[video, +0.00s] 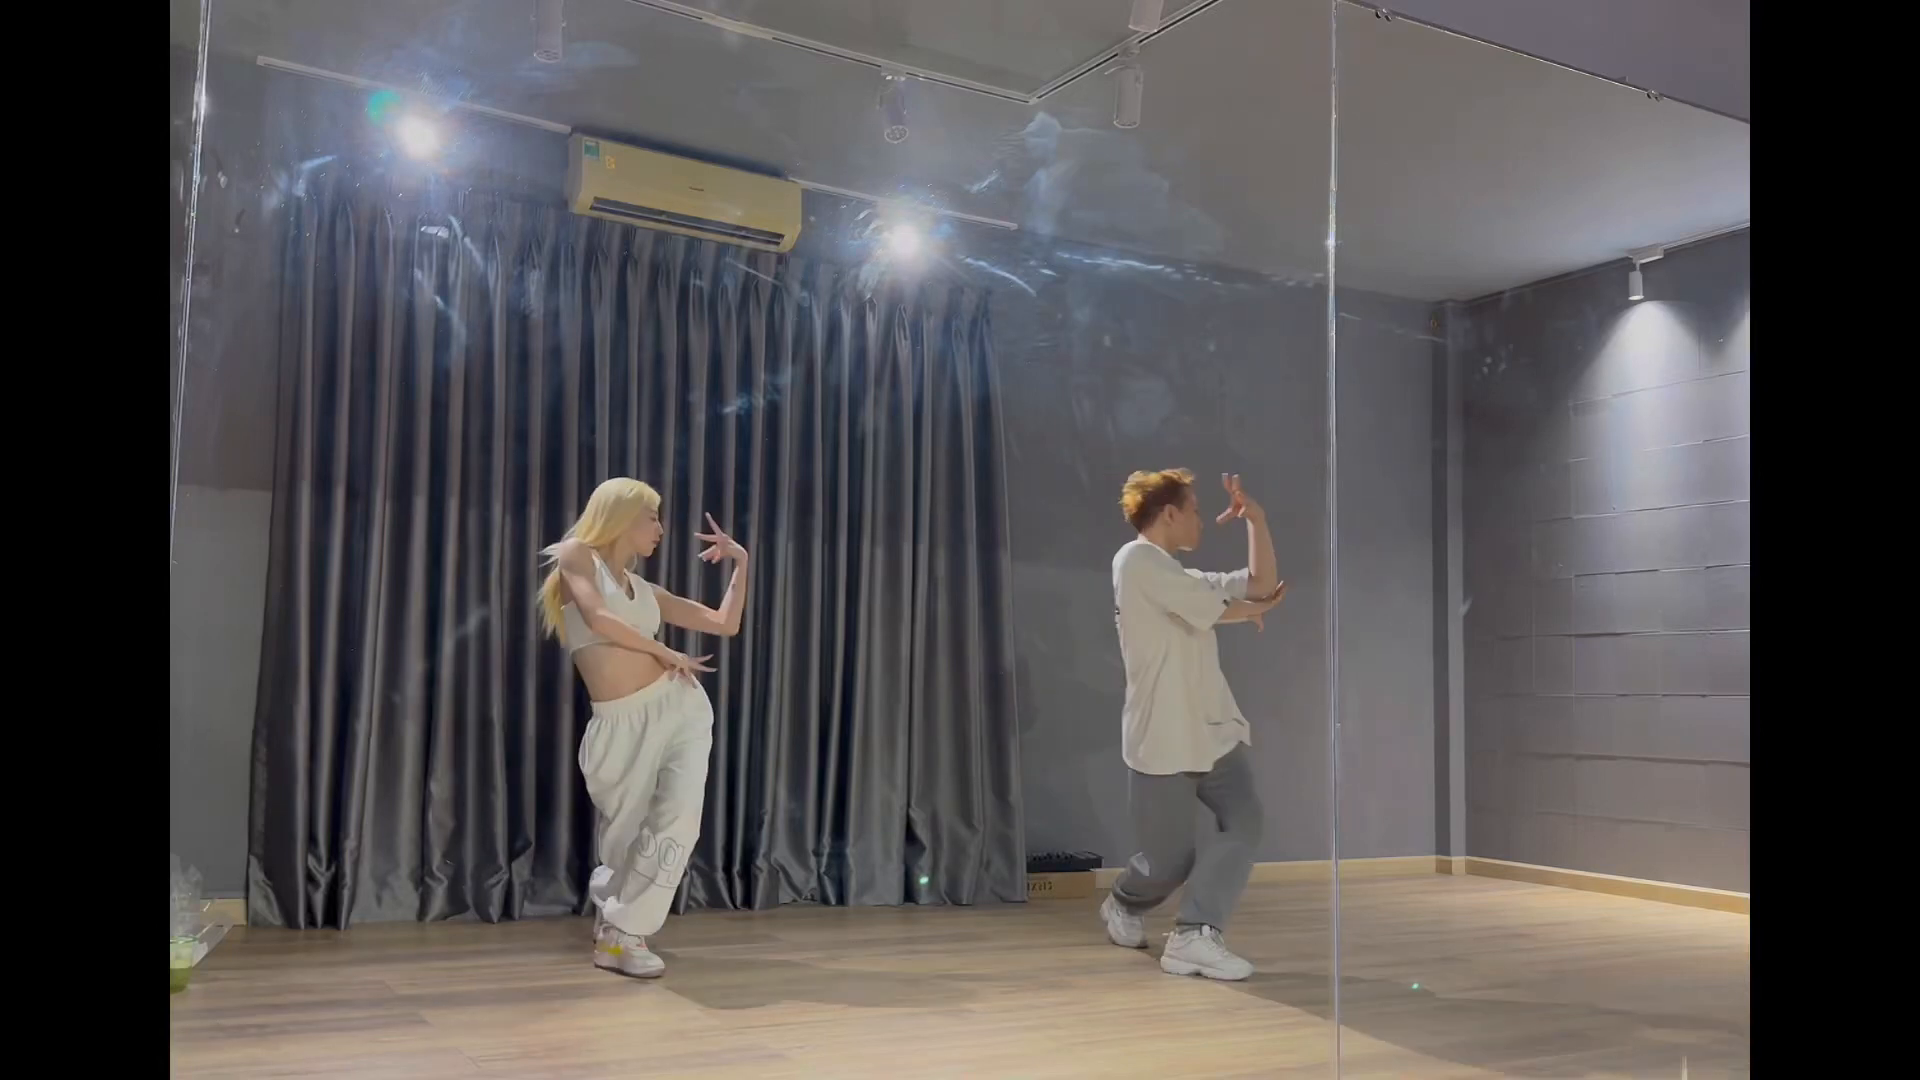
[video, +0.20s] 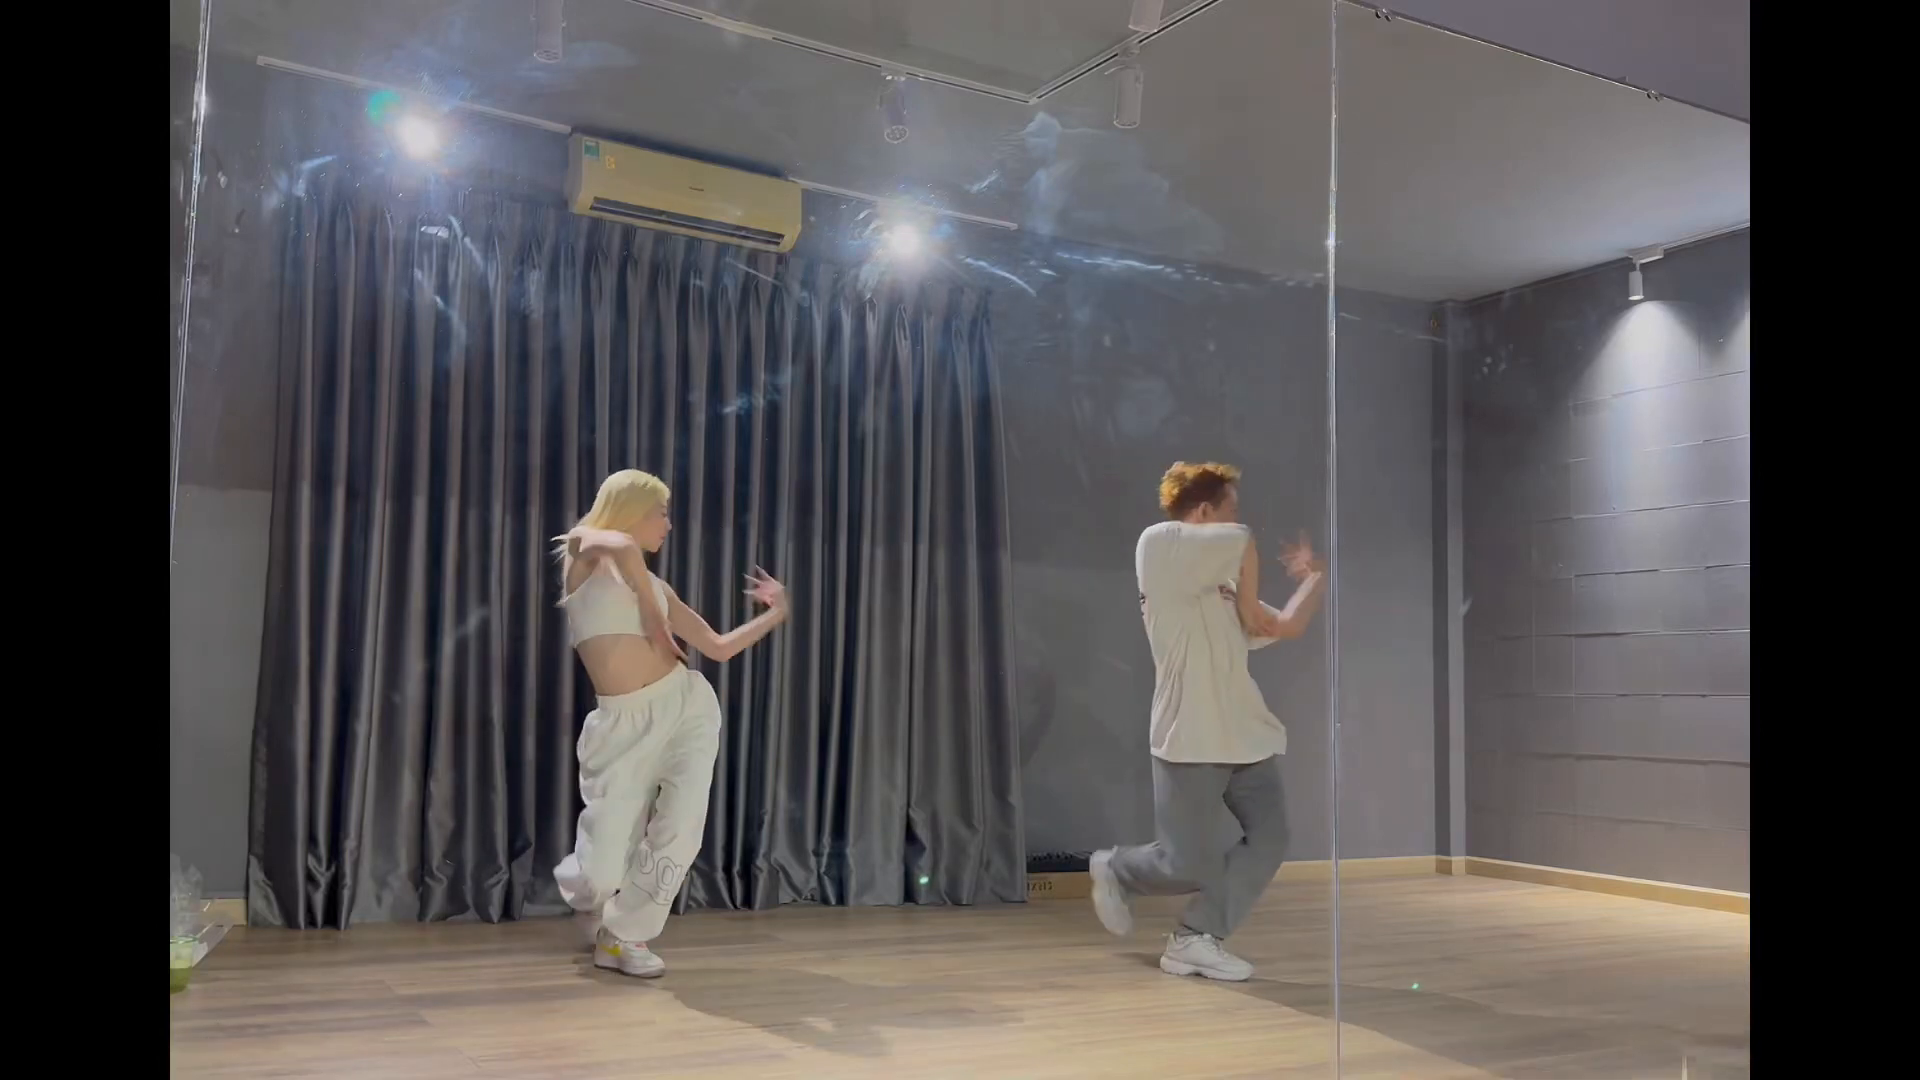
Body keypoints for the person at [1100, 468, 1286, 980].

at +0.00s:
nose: (1201, 521)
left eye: (1199, 511)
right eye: (1194, 511)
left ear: (1164, 515)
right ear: (1169, 513)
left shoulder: (1182, 576)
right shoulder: (1138, 560)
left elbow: (1259, 586)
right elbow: (1196, 607)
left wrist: (1255, 520)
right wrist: (1254, 609)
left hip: (1212, 729)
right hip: (1160, 734)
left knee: (1243, 825)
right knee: (1169, 858)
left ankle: (1193, 937)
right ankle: (1124, 905)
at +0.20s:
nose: (1235, 518)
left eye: (1235, 509)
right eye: (1230, 508)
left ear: (1200, 508)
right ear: (1205, 505)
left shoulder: (1217, 576)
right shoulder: (1157, 543)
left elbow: (1285, 624)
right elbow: (1240, 539)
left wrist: (1314, 578)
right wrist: (1251, 609)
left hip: (1244, 729)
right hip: (1187, 733)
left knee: (1268, 837)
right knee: (1192, 864)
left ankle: (1195, 939)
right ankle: (1112, 869)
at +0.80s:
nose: (1308, 455)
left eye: (1317, 444)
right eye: (1296, 444)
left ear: (1329, 450)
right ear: (1270, 450)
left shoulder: (1355, 509)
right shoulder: (1244, 516)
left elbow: (1398, 571)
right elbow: (1257, 581)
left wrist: (1347, 555)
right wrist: (1280, 518)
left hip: (1352, 696)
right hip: (1279, 696)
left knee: (1328, 833)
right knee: (1310, 831)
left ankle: (1244, 924)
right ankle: (1346, 954)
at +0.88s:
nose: (1318, 423)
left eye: (1326, 414)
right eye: (1306, 413)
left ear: (1337, 425)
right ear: (1277, 423)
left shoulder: (1356, 494)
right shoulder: (1247, 496)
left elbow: (1418, 482)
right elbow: (1257, 568)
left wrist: (1340, 474)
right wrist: (1293, 513)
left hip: (1353, 676)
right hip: (1279, 680)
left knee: (1318, 814)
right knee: (1312, 813)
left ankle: (1267, 934)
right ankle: (1340, 948)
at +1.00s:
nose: (1321, 416)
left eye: (1329, 408)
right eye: (1308, 406)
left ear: (1338, 419)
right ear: (1277, 416)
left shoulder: (1360, 481)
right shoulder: (1246, 491)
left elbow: (1421, 453)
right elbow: (1270, 558)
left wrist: (1338, 454)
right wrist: (1314, 491)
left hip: (1354, 668)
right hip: (1278, 675)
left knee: (1319, 807)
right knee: (1311, 807)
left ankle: (1278, 933)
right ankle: (1341, 944)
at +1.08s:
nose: (1322, 415)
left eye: (1330, 406)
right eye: (1309, 405)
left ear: (1340, 417)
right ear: (1279, 416)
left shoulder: (1358, 483)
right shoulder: (1251, 492)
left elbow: (1420, 456)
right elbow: (1280, 562)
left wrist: (1329, 459)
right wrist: (1325, 496)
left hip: (1355, 669)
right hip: (1280, 675)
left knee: (1320, 810)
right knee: (1309, 808)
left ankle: (1278, 934)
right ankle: (1342, 945)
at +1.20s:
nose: (1324, 414)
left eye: (1333, 405)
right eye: (1312, 402)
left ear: (1340, 415)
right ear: (1280, 410)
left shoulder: (1351, 470)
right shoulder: (1256, 491)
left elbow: (1426, 452)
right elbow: (1302, 565)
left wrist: (1349, 454)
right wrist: (1363, 497)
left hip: (1351, 663)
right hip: (1284, 668)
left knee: (1311, 800)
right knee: (1310, 803)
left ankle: (1270, 931)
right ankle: (1338, 942)